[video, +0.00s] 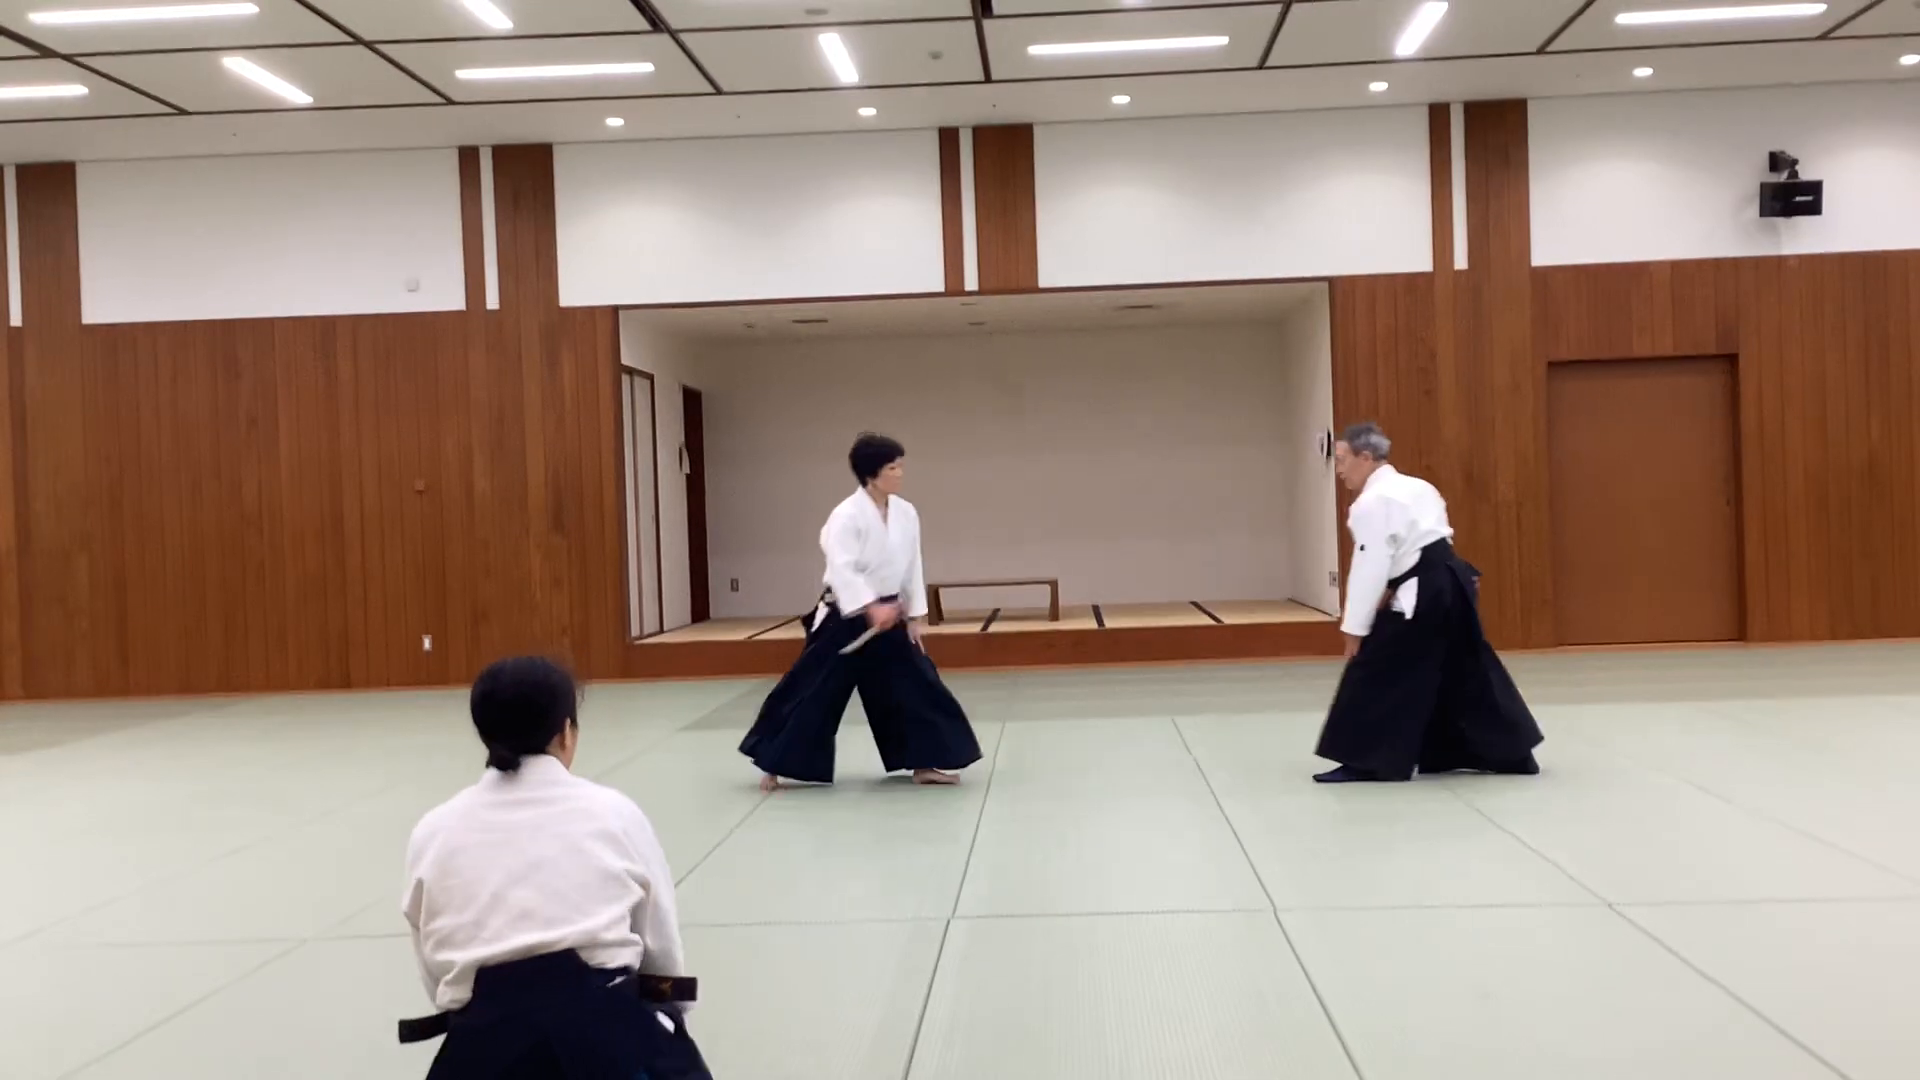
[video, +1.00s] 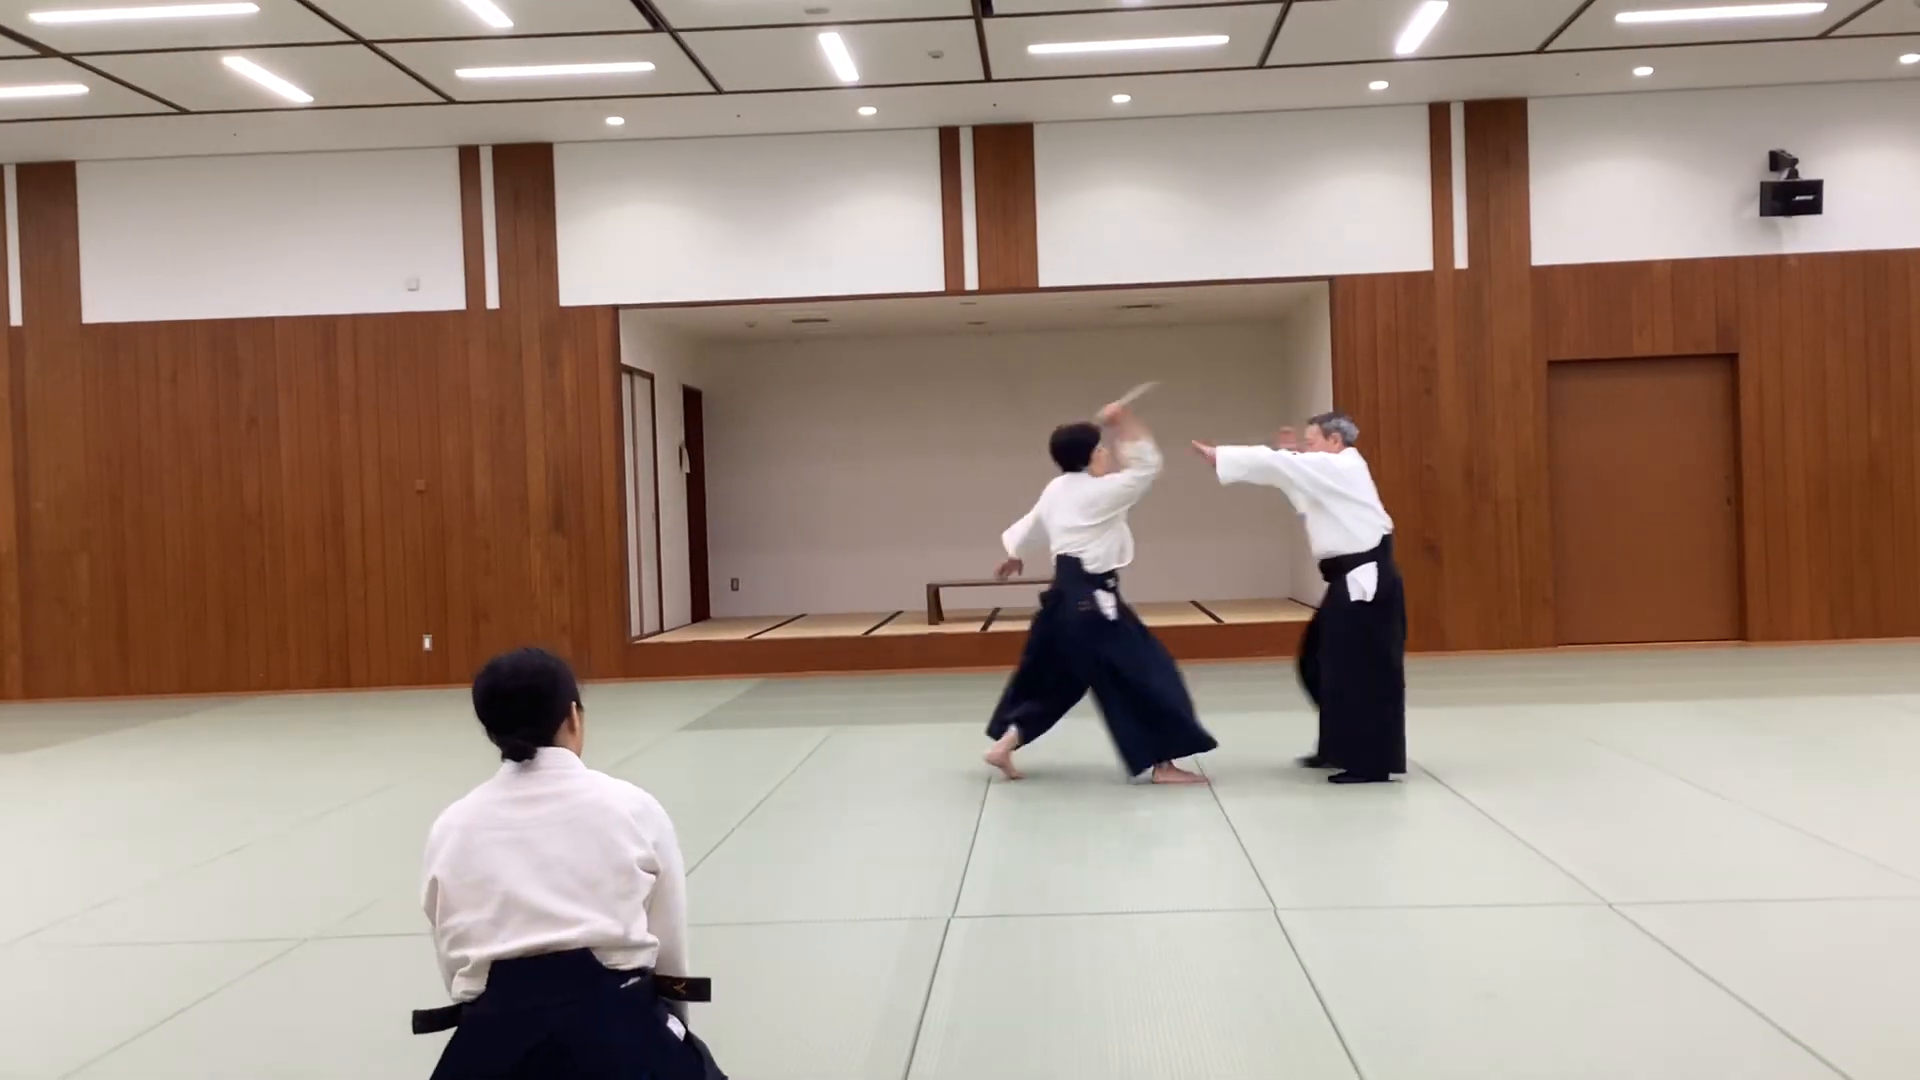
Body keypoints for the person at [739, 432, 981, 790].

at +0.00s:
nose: (901, 472)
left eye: (901, 465)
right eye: (893, 467)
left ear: (892, 473)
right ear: (872, 474)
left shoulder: (906, 513)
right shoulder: (845, 516)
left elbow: (913, 568)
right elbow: (841, 570)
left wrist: (915, 619)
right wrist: (870, 606)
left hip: (888, 615)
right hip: (844, 616)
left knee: (917, 683)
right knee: (815, 690)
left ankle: (923, 765)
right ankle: (774, 759)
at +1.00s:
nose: (1107, 451)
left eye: (1104, 446)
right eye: (1102, 447)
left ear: (1069, 460)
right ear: (1092, 457)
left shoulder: (1056, 490)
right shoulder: (1097, 492)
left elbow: (1027, 526)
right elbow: (1145, 468)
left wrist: (1012, 554)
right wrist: (1126, 423)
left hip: (1065, 601)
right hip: (1097, 602)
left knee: (1065, 680)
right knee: (1143, 673)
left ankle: (1004, 746)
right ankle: (1163, 765)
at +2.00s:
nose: (1205, 476)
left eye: (1212, 469)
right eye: (1199, 468)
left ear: (1219, 468)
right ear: (1184, 465)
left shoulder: (1220, 495)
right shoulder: (1168, 502)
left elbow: (1241, 537)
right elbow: (1183, 558)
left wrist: (1250, 576)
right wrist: (1223, 589)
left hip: (1196, 582)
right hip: (1155, 584)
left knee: (1212, 656)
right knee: (1134, 656)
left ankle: (1216, 732)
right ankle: (1115, 723)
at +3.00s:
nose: (1167, 486)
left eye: (1172, 478)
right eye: (1159, 480)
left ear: (1185, 472)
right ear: (1150, 478)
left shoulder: (1207, 497)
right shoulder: (1141, 499)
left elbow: (1247, 523)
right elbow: (1107, 519)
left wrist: (1275, 559)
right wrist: (1136, 529)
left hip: (1205, 594)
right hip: (1159, 593)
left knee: (1223, 662)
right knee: (1138, 663)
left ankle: (1237, 733)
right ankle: (1131, 737)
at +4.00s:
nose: (1267, 476)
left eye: (1269, 469)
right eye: (1262, 468)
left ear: (1246, 468)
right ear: (1239, 466)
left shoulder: (1247, 508)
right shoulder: (1218, 499)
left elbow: (1259, 564)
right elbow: (1251, 540)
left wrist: (1274, 606)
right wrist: (1298, 537)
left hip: (1232, 597)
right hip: (1195, 597)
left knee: (1286, 658)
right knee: (1198, 667)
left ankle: (1279, 738)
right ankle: (1192, 737)